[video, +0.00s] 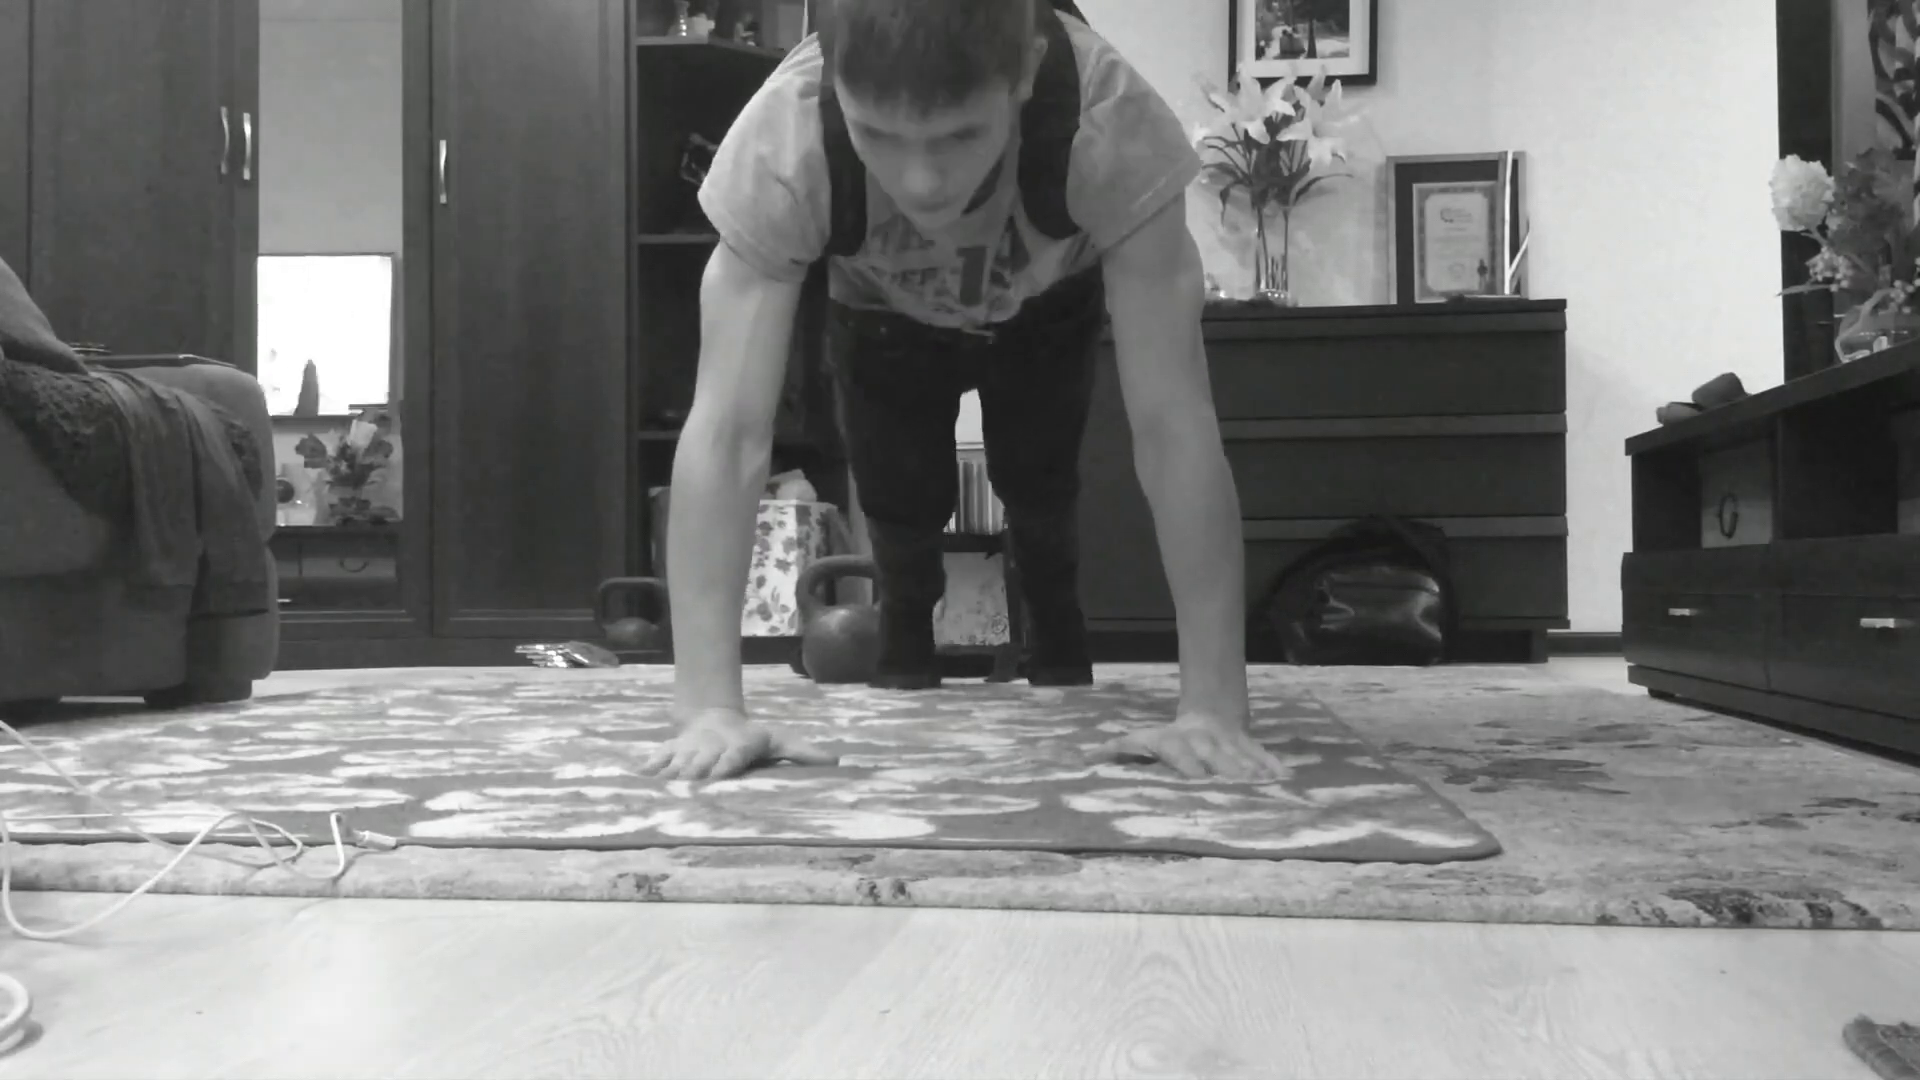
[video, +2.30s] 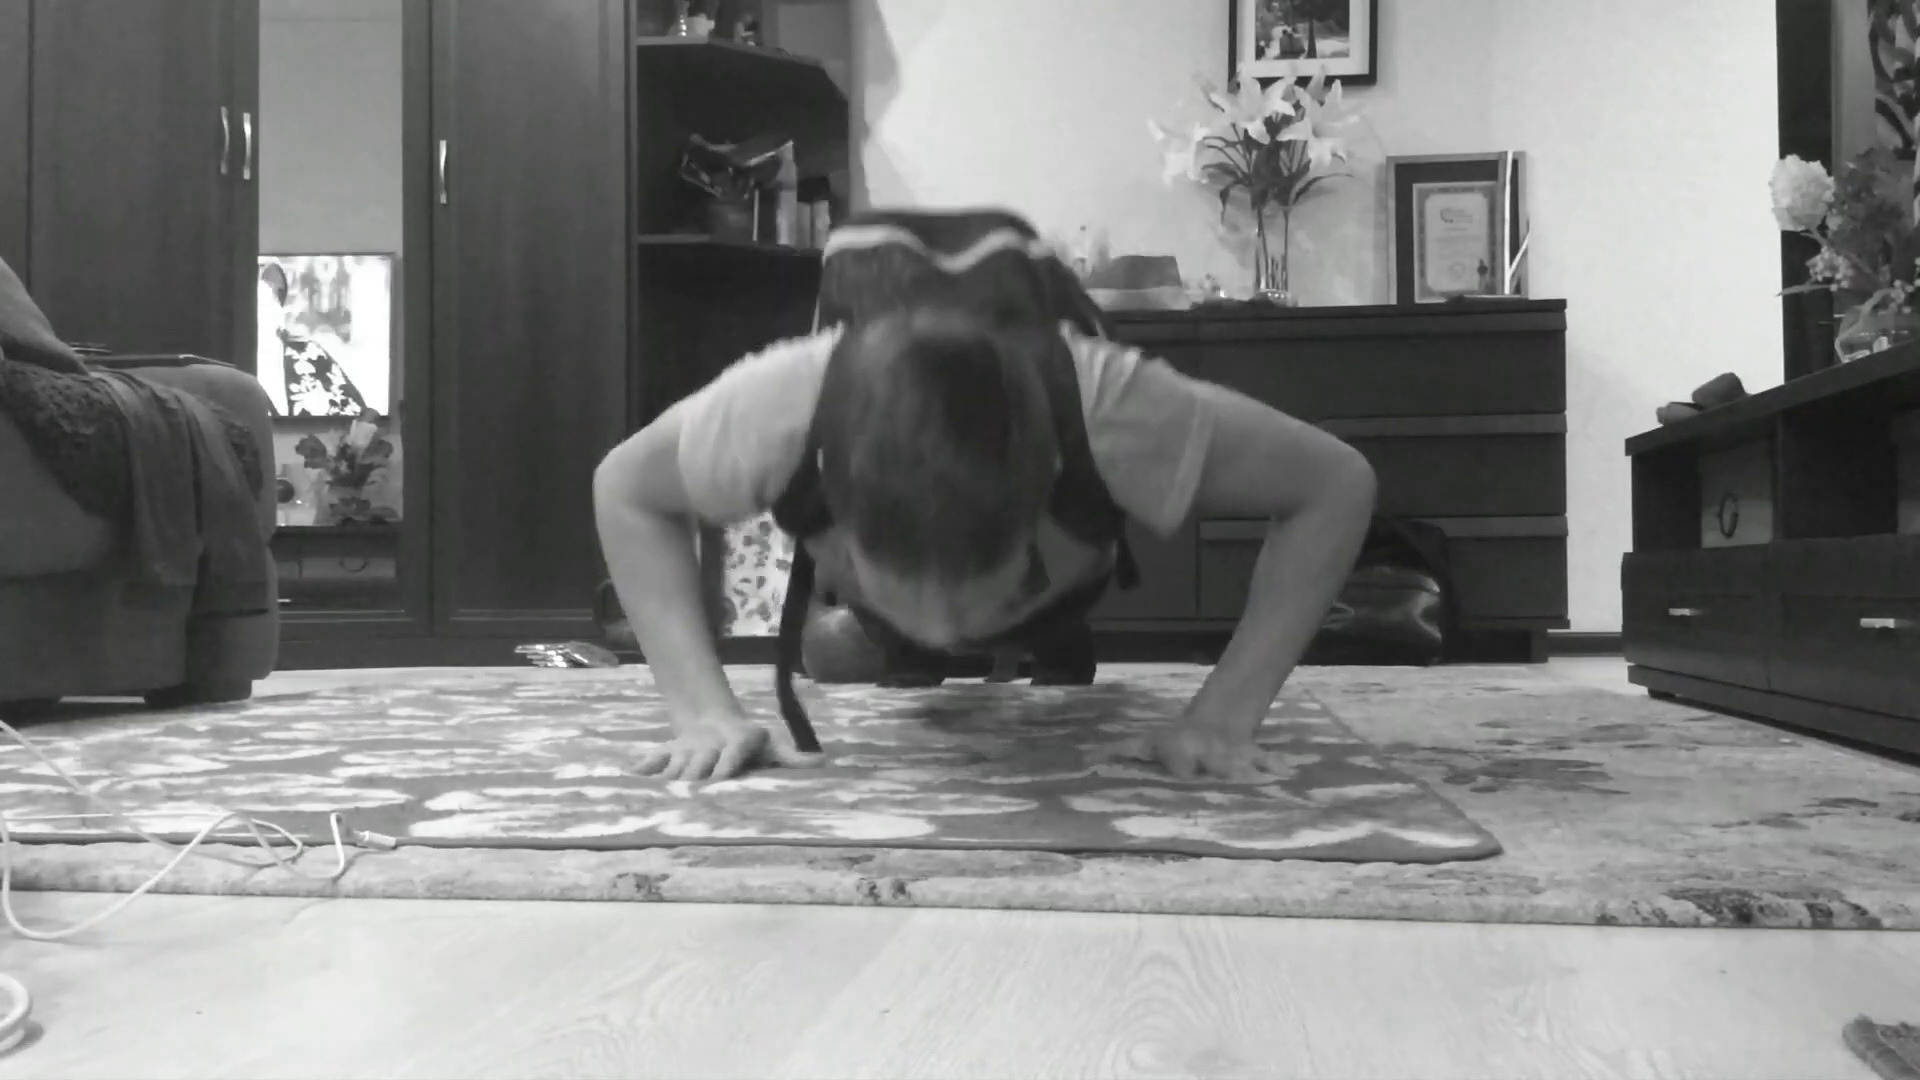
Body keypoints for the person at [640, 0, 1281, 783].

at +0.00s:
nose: (920, 180)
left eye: (958, 140)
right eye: (883, 140)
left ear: (1024, 83)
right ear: (841, 96)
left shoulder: (1115, 137)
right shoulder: (785, 149)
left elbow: (1177, 429)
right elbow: (723, 437)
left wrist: (1214, 711)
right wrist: (709, 710)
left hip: (1046, 303)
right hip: (884, 303)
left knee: (1040, 489)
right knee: (896, 501)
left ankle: (1057, 663)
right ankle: (905, 625)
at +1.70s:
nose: (921, 285)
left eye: (952, 244)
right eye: (884, 250)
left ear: (1013, 162)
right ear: (830, 180)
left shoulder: (1104, 187)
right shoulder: (763, 196)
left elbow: (1247, 450)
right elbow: (691, 448)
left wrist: (1219, 712)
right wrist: (706, 707)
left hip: (1045, 396)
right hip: (874, 402)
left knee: (1044, 546)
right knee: (902, 554)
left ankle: (1051, 606)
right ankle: (918, 613)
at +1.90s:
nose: (930, 401)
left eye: (962, 363)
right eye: (894, 367)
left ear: (1030, 273)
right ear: (836, 275)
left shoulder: (1107, 253)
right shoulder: (765, 264)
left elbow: (1295, 460)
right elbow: (662, 465)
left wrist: (1228, 707)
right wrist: (705, 708)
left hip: (1047, 468)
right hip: (880, 481)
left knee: (1043, 566)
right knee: (909, 585)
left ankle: (1048, 616)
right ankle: (915, 626)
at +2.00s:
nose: (939, 502)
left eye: (980, 465)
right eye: (896, 469)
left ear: (1040, 353)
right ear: (840, 366)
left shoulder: (1117, 314)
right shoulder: (772, 312)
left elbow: (1315, 470)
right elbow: (649, 475)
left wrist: (1227, 709)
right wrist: (702, 704)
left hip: (1052, 503)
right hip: (881, 524)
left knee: (1044, 581)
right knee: (908, 601)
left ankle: (1051, 625)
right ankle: (917, 639)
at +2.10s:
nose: (947, 548)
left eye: (984, 512)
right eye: (901, 523)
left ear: (1049, 398)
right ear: (841, 425)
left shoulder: (1125, 349)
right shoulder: (771, 348)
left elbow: (1323, 476)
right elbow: (644, 477)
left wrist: (1233, 704)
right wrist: (700, 705)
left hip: (1056, 521)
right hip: (883, 544)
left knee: (1045, 587)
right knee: (904, 606)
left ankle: (1048, 627)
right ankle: (918, 632)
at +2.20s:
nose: (948, 600)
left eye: (993, 563)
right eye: (904, 572)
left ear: (1052, 450)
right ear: (838, 464)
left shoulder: (1121, 370)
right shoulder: (770, 372)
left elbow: (1332, 480)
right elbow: (636, 482)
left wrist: (1233, 706)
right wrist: (704, 710)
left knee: (1051, 596)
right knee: (885, 640)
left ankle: (1052, 629)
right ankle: (898, 636)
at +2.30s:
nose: (944, 643)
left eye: (983, 601)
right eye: (902, 605)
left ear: (1056, 492)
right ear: (832, 498)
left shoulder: (1124, 411)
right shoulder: (771, 413)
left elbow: (1337, 485)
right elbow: (628, 488)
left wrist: (1228, 712)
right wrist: (699, 705)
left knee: (1052, 661)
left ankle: (1042, 652)